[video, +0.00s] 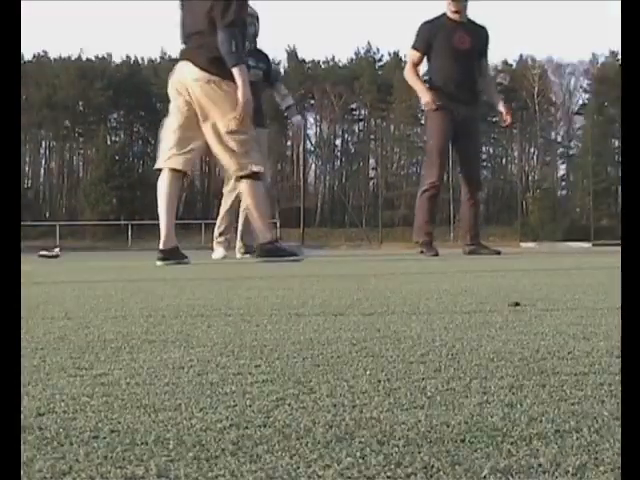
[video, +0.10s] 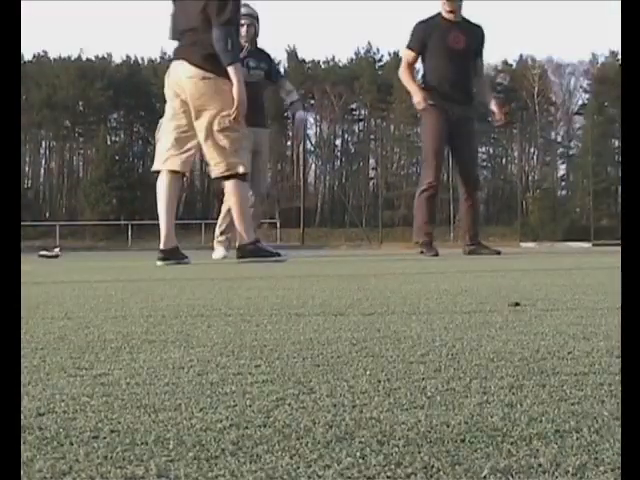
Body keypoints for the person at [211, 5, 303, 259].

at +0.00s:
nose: (250, 31)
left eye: (253, 25)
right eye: (246, 24)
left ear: (258, 28)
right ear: (235, 26)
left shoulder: (262, 59)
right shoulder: (223, 60)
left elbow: (279, 90)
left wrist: (293, 114)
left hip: (261, 127)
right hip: (231, 128)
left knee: (255, 182)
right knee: (233, 183)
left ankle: (247, 241)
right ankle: (221, 242)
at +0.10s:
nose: (247, 29)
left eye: (251, 25)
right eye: (243, 25)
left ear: (258, 28)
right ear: (235, 29)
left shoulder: (264, 58)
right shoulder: (227, 57)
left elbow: (286, 88)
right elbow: (214, 90)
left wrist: (297, 109)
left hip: (261, 128)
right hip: (236, 127)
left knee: (260, 187)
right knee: (236, 185)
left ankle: (247, 238)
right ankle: (222, 242)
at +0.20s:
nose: (247, 30)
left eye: (252, 26)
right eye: (243, 26)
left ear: (258, 30)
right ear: (236, 29)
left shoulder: (265, 57)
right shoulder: (226, 55)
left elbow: (290, 81)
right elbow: (213, 85)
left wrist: (305, 99)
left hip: (264, 128)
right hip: (239, 126)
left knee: (262, 187)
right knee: (241, 182)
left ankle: (245, 238)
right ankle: (223, 241)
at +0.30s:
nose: (248, 30)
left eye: (252, 26)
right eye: (243, 26)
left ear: (259, 30)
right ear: (237, 29)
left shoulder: (265, 56)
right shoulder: (227, 55)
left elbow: (293, 76)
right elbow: (209, 83)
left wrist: (310, 92)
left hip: (265, 127)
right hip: (240, 126)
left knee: (262, 188)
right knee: (245, 182)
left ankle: (247, 238)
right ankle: (224, 240)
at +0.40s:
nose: (249, 31)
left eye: (253, 27)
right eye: (244, 27)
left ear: (260, 31)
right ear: (238, 30)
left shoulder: (267, 57)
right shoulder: (230, 56)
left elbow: (294, 72)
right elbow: (216, 81)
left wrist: (316, 83)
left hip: (266, 127)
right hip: (244, 126)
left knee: (265, 185)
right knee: (252, 180)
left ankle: (250, 237)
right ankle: (223, 236)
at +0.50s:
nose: (250, 32)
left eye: (254, 28)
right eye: (245, 28)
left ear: (260, 31)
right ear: (239, 31)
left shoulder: (267, 57)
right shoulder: (230, 56)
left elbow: (294, 76)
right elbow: (216, 83)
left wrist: (315, 78)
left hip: (265, 127)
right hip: (245, 127)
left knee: (265, 186)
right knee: (258, 181)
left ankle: (249, 237)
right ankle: (221, 233)